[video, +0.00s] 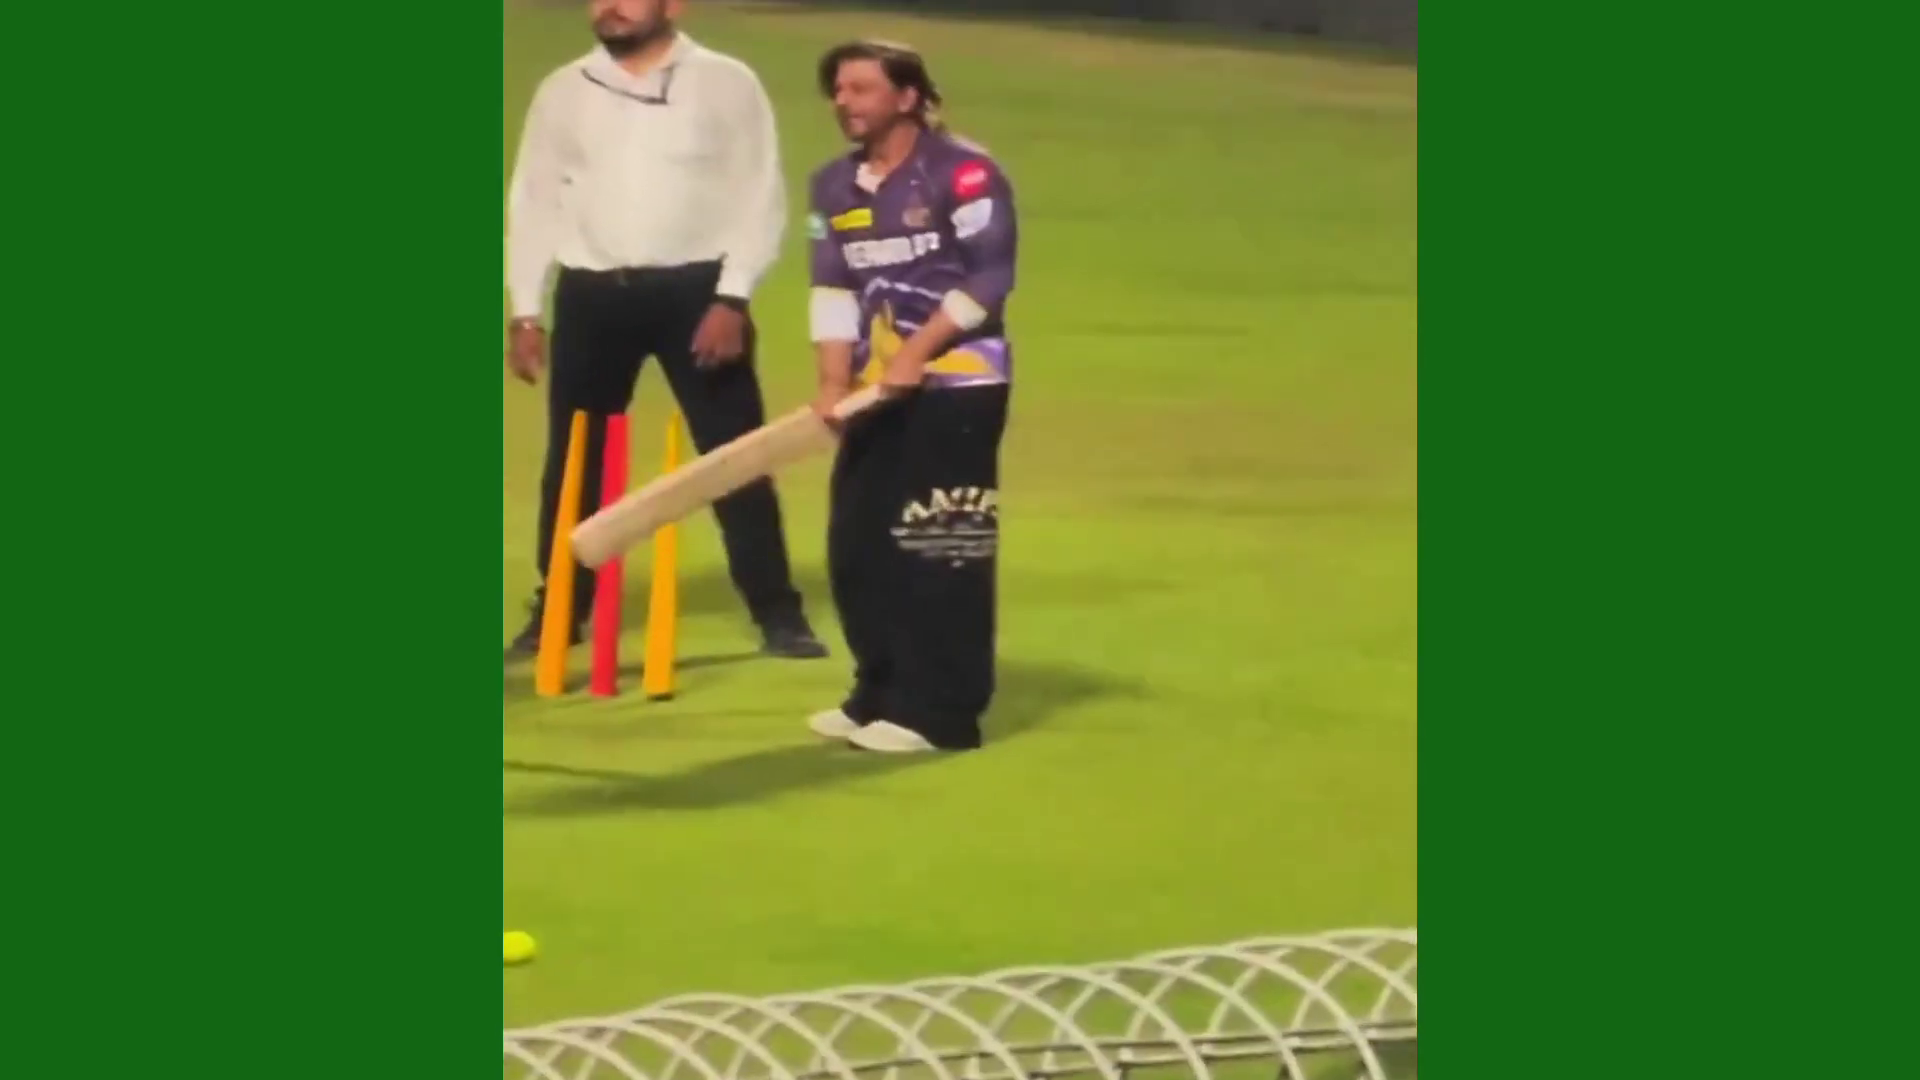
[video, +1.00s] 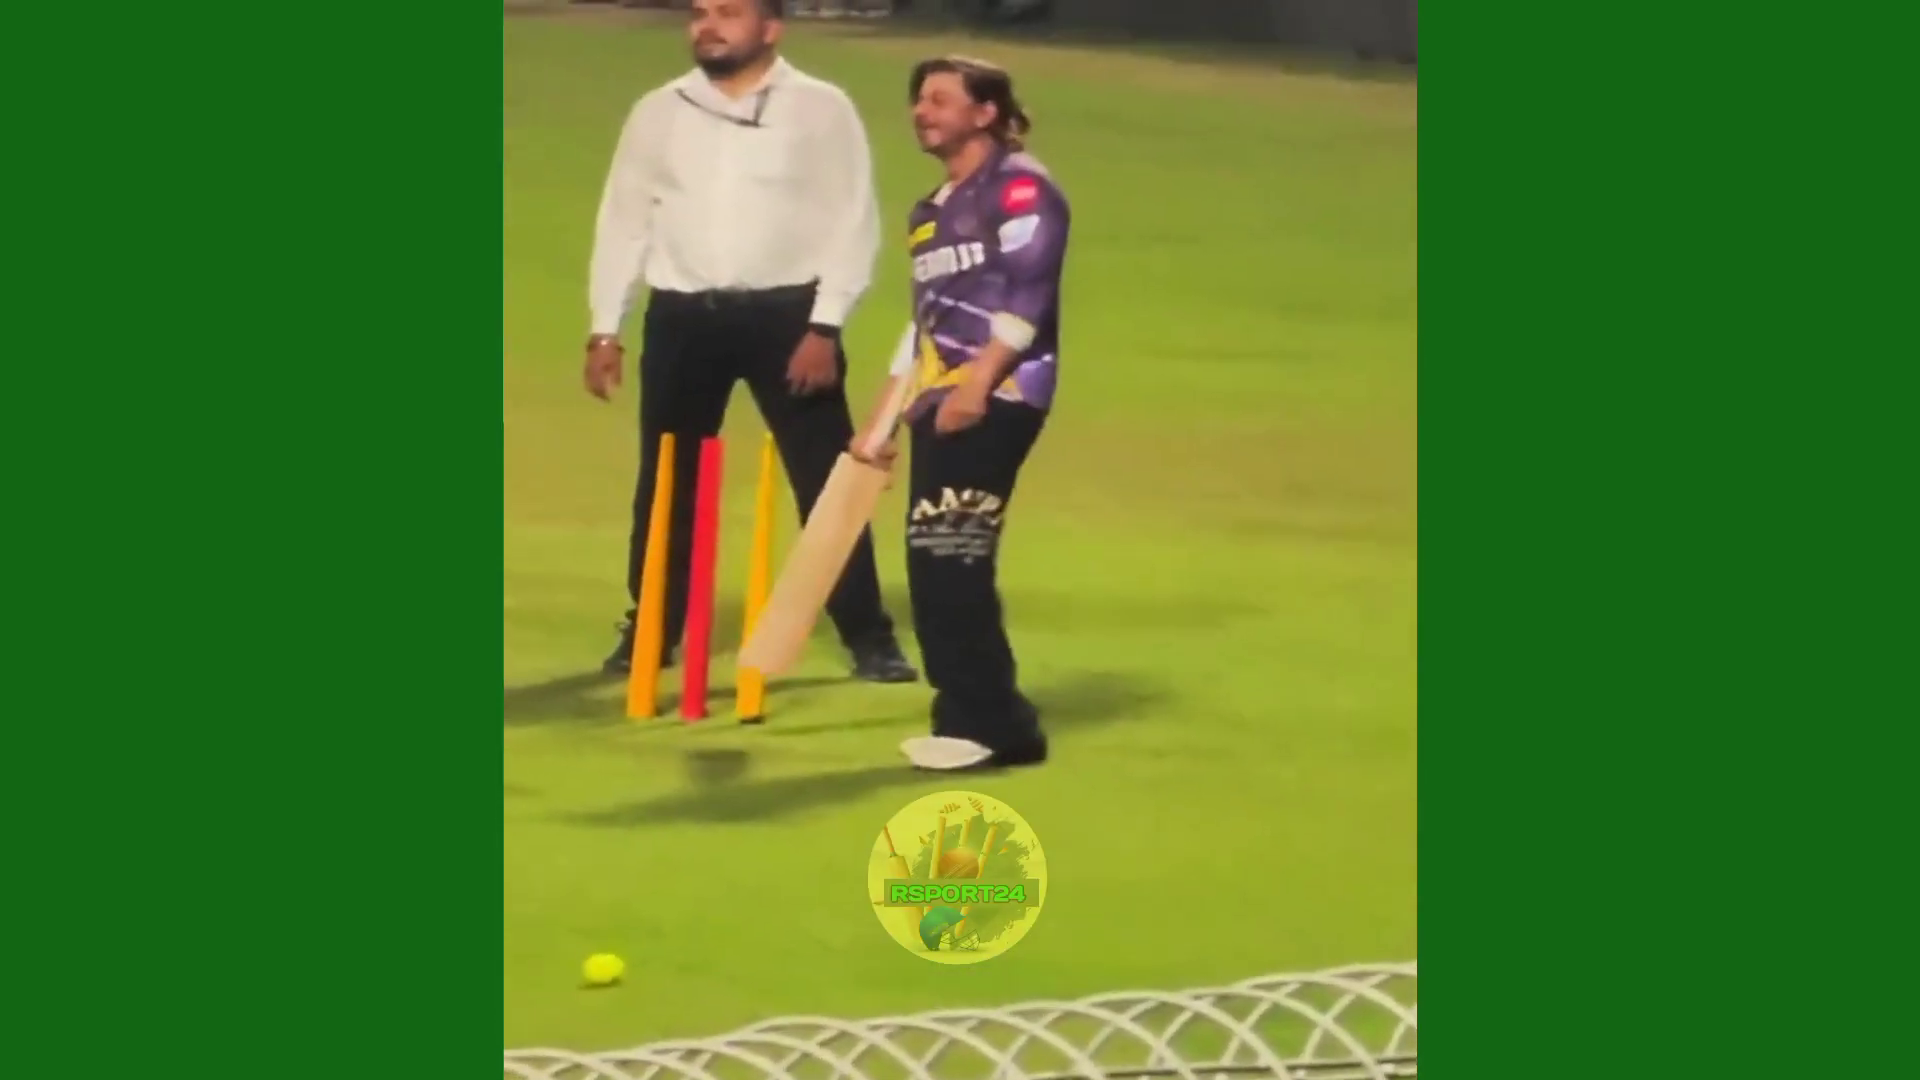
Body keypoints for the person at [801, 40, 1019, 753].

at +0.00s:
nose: (845, 102)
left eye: (860, 89)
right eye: (839, 92)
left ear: (908, 96)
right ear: (836, 103)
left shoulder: (967, 172)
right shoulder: (833, 185)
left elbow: (990, 281)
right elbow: (832, 295)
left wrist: (915, 351)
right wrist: (833, 383)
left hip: (958, 385)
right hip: (879, 389)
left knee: (941, 546)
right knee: (856, 541)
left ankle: (942, 713)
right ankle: (879, 692)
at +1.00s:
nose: (923, 113)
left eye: (939, 102)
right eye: (921, 102)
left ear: (985, 113)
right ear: (922, 115)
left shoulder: (1023, 188)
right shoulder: (928, 211)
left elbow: (1030, 302)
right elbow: (925, 322)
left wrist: (977, 381)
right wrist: (882, 419)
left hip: (999, 394)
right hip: (941, 394)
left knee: (956, 554)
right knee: (930, 554)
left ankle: (989, 725)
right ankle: (971, 718)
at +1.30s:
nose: (971, 146)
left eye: (987, 134)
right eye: (971, 134)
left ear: (1036, 145)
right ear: (1009, 149)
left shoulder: (1066, 221)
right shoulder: (997, 233)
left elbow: (1075, 332)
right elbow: (1007, 337)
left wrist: (1032, 417)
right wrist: (986, 424)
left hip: (1043, 437)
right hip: (1006, 435)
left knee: (958, 581)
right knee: (1023, 600)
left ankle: (917, 749)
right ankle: (1061, 756)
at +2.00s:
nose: (982, 196)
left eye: (992, 186)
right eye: (988, 183)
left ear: (1028, 201)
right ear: (1034, 201)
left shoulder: (1043, 285)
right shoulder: (1064, 270)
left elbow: (1014, 402)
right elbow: (1027, 395)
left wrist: (963, 441)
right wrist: (974, 444)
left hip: (1048, 487)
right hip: (1074, 487)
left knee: (1006, 649)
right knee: (1052, 649)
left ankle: (1001, 813)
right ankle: (1156, 786)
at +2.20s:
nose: (1005, 197)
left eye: (1016, 189)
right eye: (1011, 186)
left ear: (1048, 207)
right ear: (1059, 207)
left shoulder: (1055, 292)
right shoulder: (1090, 274)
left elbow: (1004, 403)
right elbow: (1014, 382)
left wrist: (918, 425)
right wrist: (982, 431)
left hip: (1052, 493)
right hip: (1080, 490)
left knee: (1026, 657)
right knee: (1037, 653)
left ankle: (1038, 817)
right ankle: (1158, 774)